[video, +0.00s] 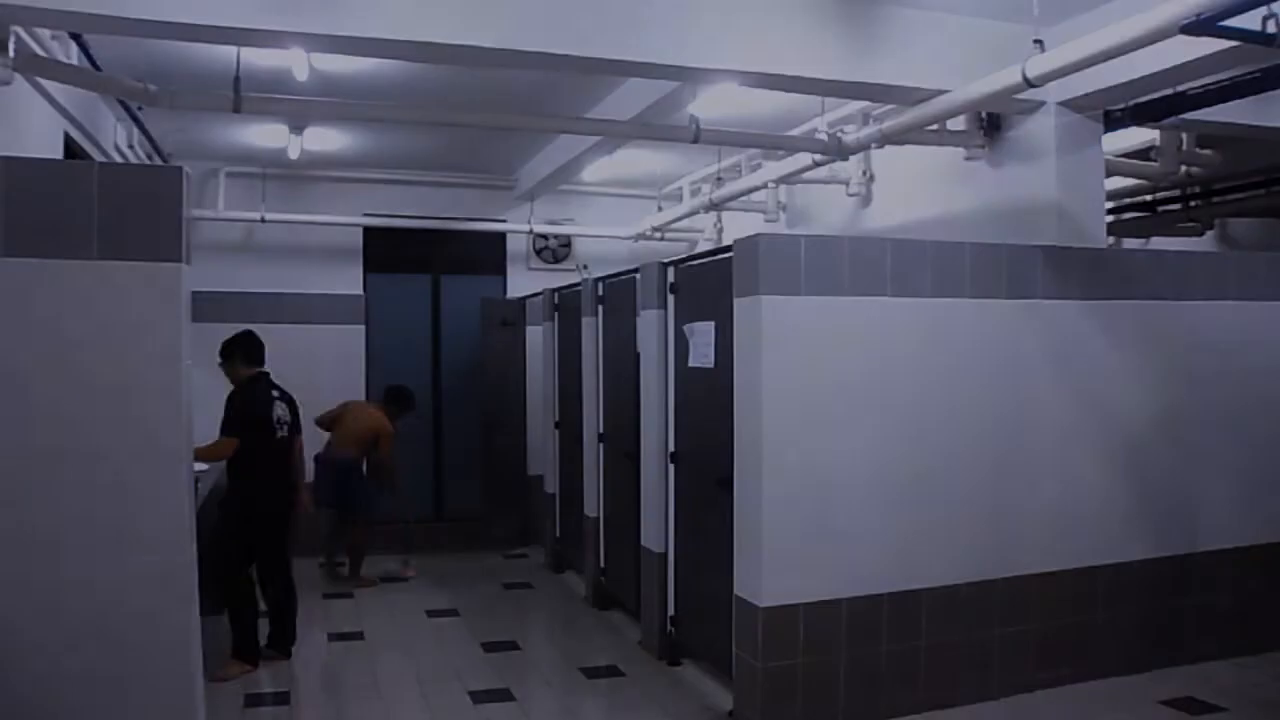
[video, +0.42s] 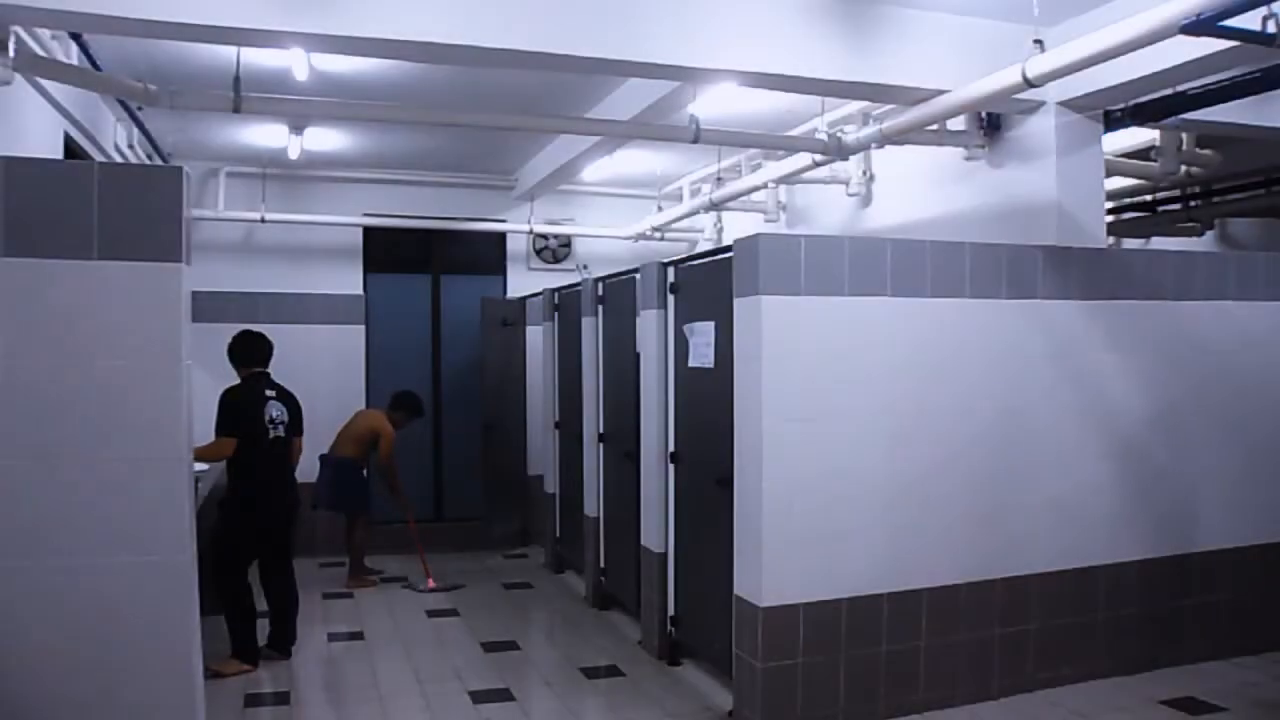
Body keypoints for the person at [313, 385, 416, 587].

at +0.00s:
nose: (402, 417)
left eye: (404, 412)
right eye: (403, 412)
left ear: (385, 399)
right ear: (398, 409)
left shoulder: (354, 407)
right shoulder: (383, 427)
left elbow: (322, 421)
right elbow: (380, 462)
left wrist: (345, 430)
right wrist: (386, 485)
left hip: (325, 466)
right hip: (349, 470)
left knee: (335, 518)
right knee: (359, 521)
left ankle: (330, 563)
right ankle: (354, 574)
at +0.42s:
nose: (405, 425)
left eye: (409, 420)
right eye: (407, 419)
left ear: (392, 406)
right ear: (401, 414)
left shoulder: (368, 415)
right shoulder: (385, 429)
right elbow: (384, 465)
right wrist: (396, 493)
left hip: (333, 466)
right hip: (348, 470)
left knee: (353, 519)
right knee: (359, 520)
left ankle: (358, 565)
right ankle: (355, 573)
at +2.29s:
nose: (419, 422)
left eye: (422, 418)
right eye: (420, 417)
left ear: (407, 406)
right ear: (411, 411)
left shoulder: (388, 416)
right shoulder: (389, 426)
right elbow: (384, 464)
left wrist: (398, 443)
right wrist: (399, 491)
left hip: (363, 466)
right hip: (355, 468)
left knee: (377, 519)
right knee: (367, 522)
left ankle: (376, 567)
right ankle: (364, 575)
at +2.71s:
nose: (435, 423)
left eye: (437, 419)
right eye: (435, 418)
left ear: (422, 408)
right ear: (427, 412)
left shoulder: (401, 417)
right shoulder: (411, 429)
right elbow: (404, 465)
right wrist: (419, 493)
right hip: (372, 468)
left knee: (387, 520)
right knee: (376, 522)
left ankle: (390, 569)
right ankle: (364, 576)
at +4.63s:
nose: (440, 418)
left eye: (442, 414)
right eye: (439, 413)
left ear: (423, 404)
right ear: (432, 410)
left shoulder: (399, 414)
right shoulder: (419, 428)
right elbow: (422, 461)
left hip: (373, 467)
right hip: (386, 473)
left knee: (387, 527)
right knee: (393, 528)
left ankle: (390, 574)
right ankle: (392, 578)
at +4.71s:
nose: (438, 418)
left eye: (440, 412)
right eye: (438, 412)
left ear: (421, 403)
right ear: (431, 409)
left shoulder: (396, 413)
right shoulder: (419, 429)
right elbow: (424, 465)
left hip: (372, 471)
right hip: (388, 479)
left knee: (383, 529)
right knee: (395, 530)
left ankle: (383, 576)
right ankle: (396, 579)